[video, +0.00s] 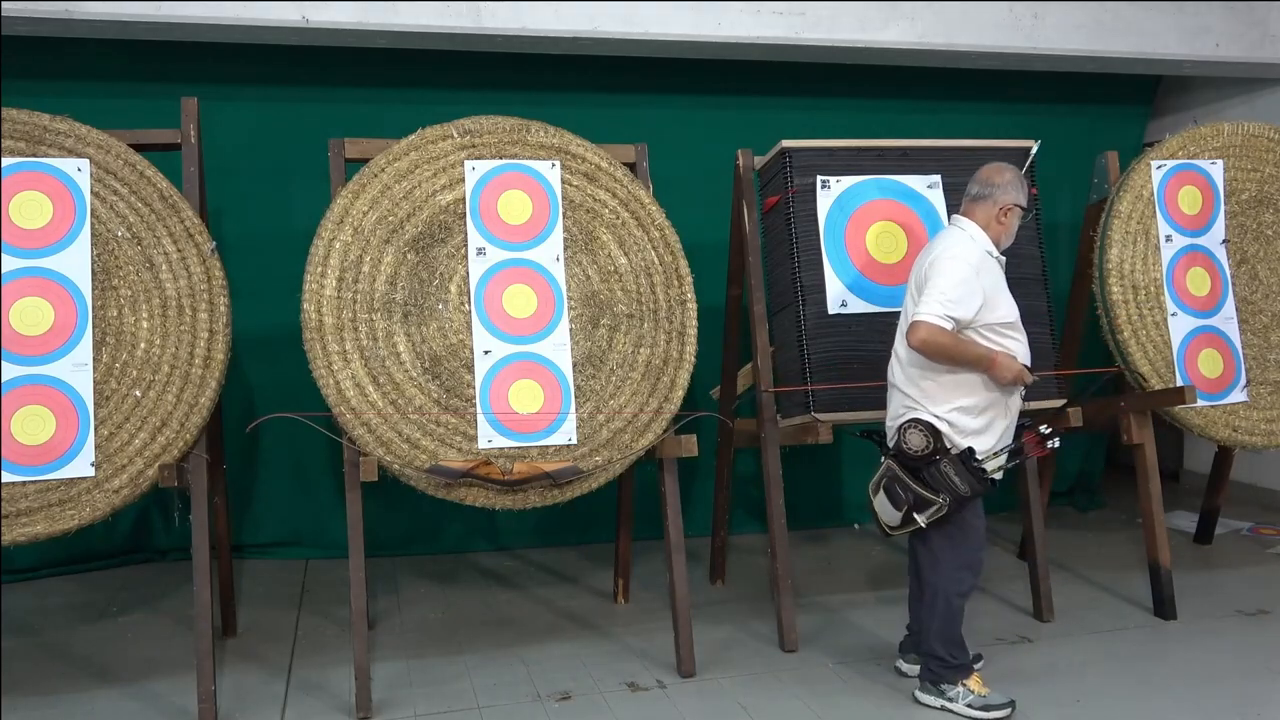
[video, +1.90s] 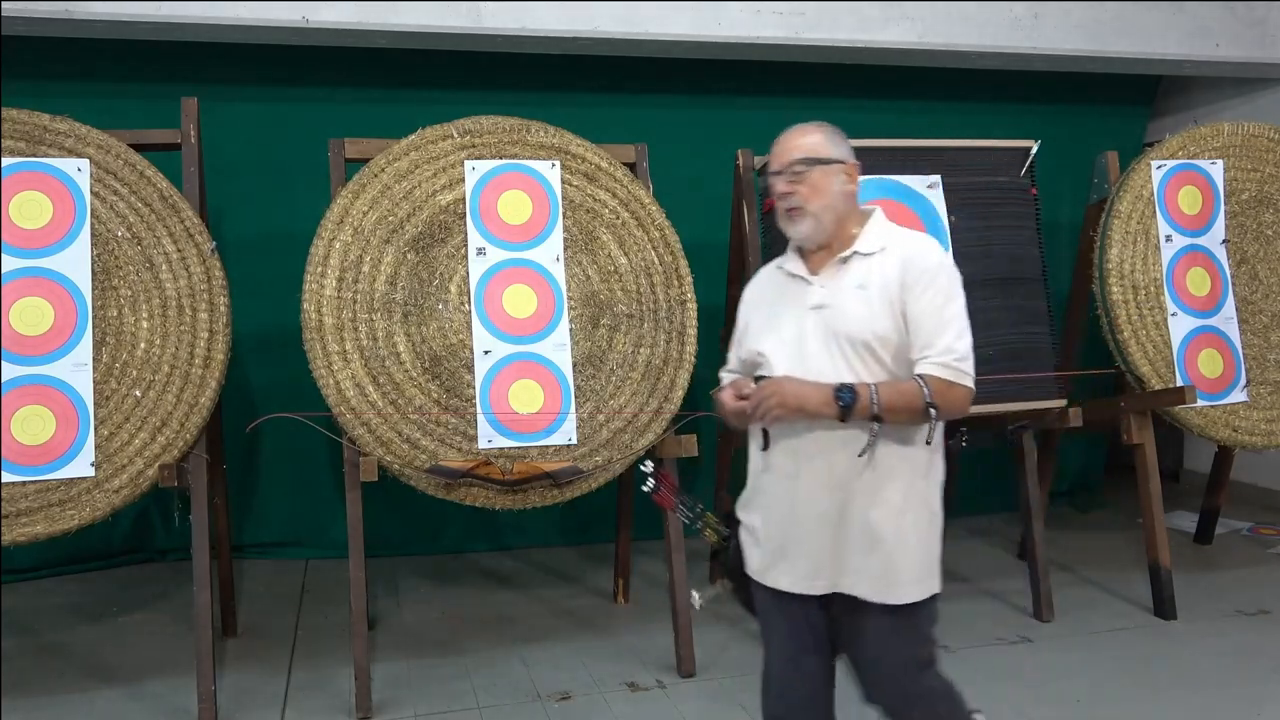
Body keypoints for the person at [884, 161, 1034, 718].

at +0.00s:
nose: (1019, 224)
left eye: (1020, 215)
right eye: (1019, 213)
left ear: (976, 203)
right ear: (1000, 210)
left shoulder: (954, 246)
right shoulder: (963, 252)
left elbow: (935, 336)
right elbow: (926, 333)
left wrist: (996, 362)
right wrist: (991, 361)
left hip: (938, 433)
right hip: (943, 440)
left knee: (936, 548)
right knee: (955, 558)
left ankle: (921, 645)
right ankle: (944, 675)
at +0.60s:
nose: (995, 198)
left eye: (996, 188)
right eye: (979, 192)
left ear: (996, 194)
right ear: (944, 207)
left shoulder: (981, 256)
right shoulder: (931, 270)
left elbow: (969, 344)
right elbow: (891, 369)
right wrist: (979, 379)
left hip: (1011, 444)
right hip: (960, 456)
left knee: (1040, 541)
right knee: (967, 565)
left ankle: (986, 636)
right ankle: (941, 675)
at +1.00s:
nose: (965, 207)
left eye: (976, 193)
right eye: (948, 199)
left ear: (995, 199)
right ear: (930, 211)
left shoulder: (1040, 269)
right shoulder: (900, 279)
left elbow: (1061, 365)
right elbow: (867, 384)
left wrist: (1065, 439)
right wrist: (911, 354)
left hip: (1016, 476)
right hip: (930, 474)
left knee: (1007, 611)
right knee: (941, 584)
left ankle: (999, 713)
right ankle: (948, 671)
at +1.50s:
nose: (915, 188)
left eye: (931, 173)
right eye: (899, 178)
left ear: (961, 182)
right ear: (886, 195)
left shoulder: (1020, 264)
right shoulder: (867, 269)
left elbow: (1083, 378)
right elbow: (850, 353)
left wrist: (1049, 465)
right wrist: (838, 373)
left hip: (984, 524)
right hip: (881, 520)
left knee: (993, 683)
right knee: (875, 671)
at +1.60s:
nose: (892, 195)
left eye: (908, 179)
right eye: (876, 185)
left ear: (939, 186)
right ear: (864, 201)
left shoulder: (999, 267)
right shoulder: (845, 279)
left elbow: (1062, 379)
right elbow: (837, 364)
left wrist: (985, 443)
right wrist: (823, 382)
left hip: (971, 531)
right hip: (867, 528)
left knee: (990, 692)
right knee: (856, 688)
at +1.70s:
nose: (866, 200)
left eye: (881, 183)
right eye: (850, 191)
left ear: (913, 192)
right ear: (838, 210)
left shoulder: (972, 273)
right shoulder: (821, 290)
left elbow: (1019, 397)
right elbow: (813, 382)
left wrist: (908, 428)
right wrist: (797, 398)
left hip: (948, 539)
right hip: (843, 540)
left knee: (982, 701)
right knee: (841, 699)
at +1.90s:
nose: (781, 189)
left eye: (799, 172)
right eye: (772, 178)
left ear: (850, 177)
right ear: (766, 192)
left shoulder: (918, 261)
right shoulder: (763, 287)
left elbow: (952, 390)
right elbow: (738, 394)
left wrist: (825, 398)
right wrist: (733, 403)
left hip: (885, 545)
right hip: (782, 545)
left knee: (904, 692)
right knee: (790, 705)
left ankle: (954, 714)